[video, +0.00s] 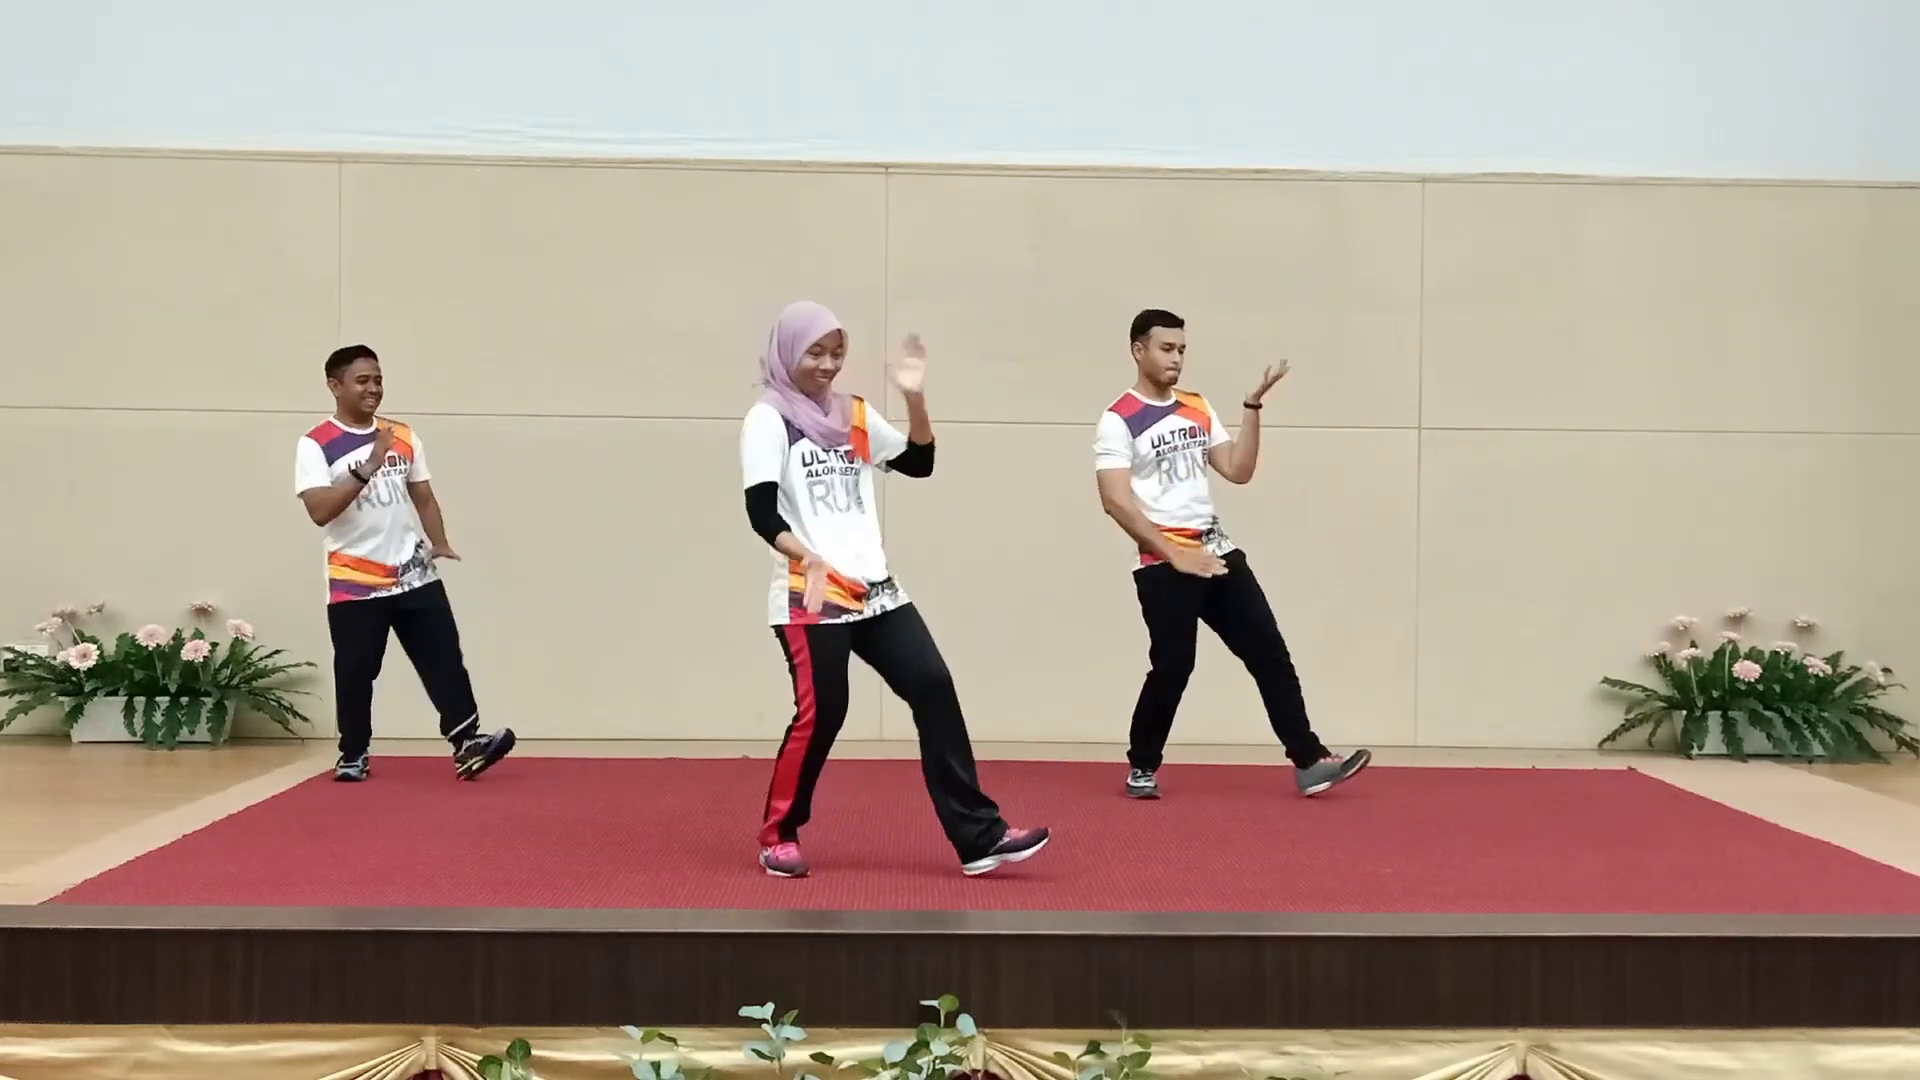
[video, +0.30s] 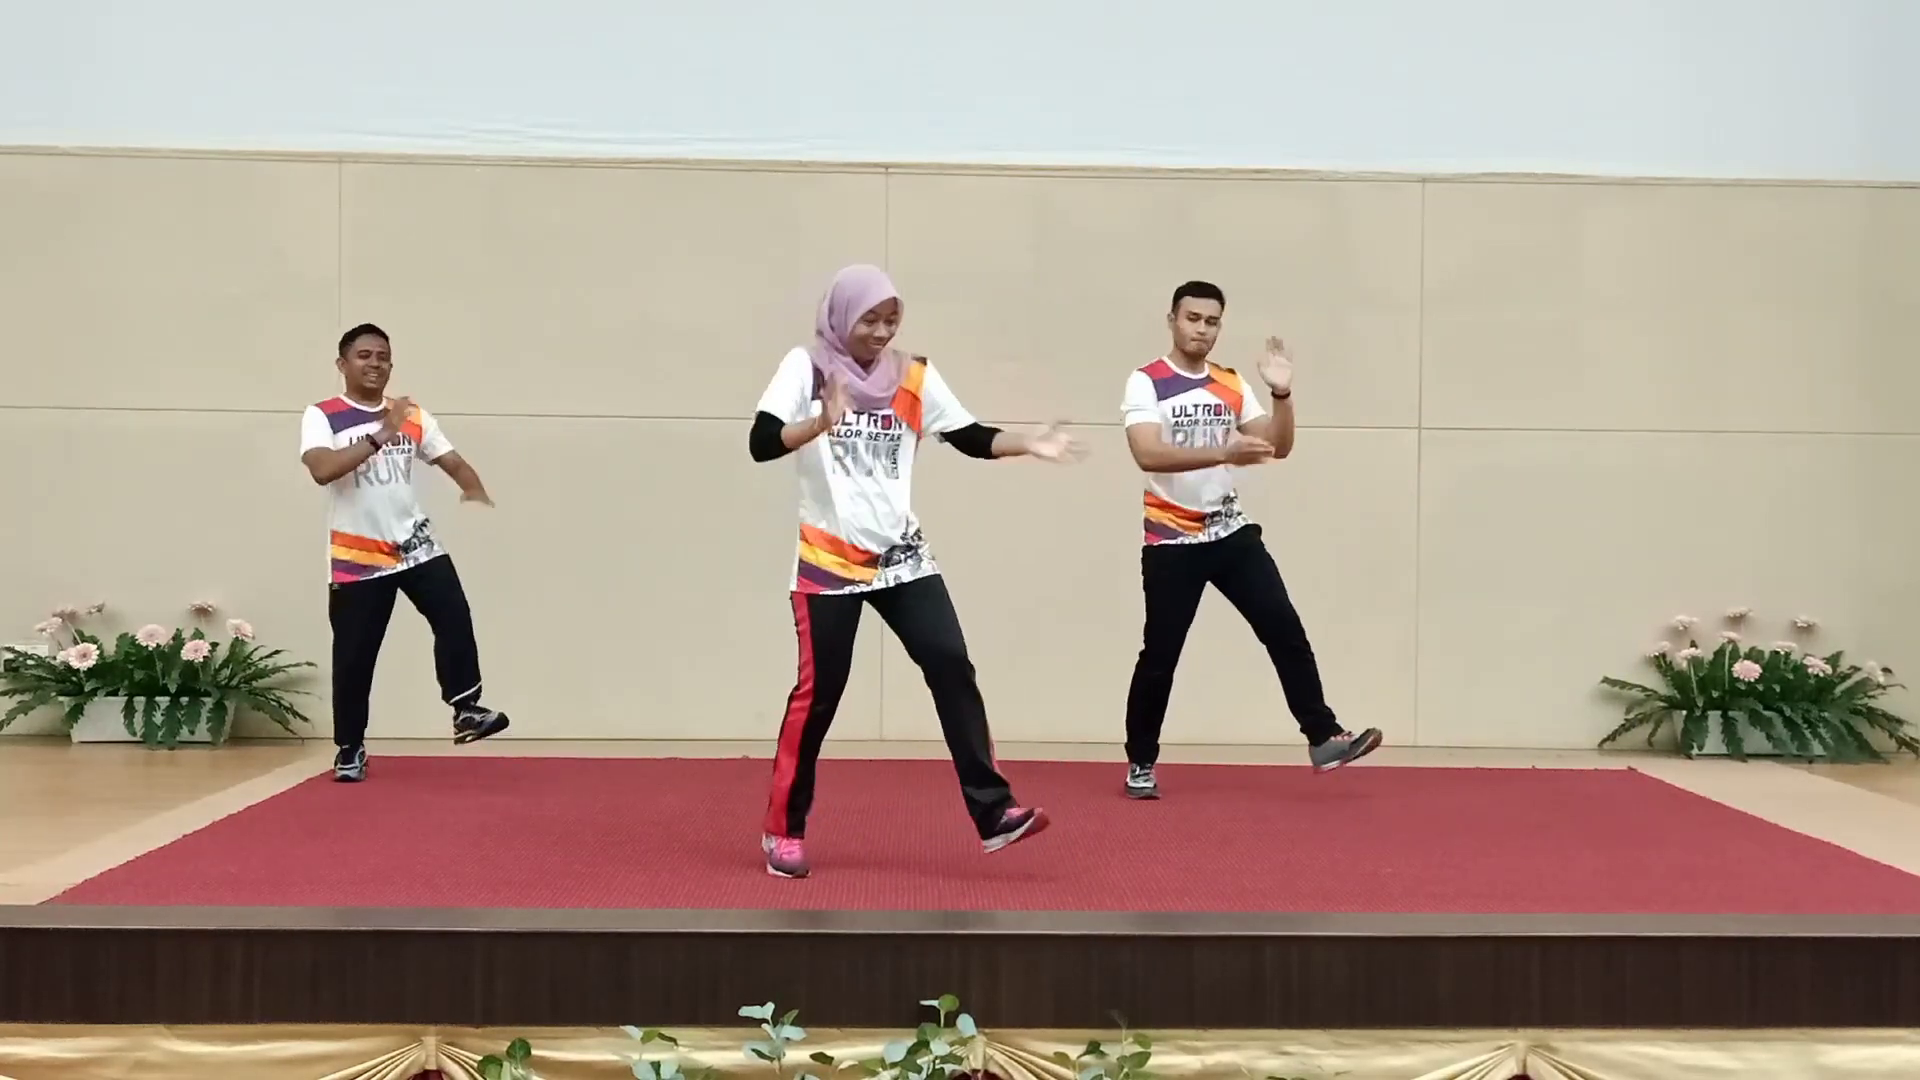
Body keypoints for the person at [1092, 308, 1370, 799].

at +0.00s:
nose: (1176, 358)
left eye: (1181, 350)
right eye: (1166, 349)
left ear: (1184, 354)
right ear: (1138, 350)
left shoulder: (1195, 407)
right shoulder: (1119, 419)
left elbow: (1239, 470)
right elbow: (1116, 500)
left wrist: (1251, 408)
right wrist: (1174, 553)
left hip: (1218, 557)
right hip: (1165, 567)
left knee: (1270, 656)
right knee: (1173, 666)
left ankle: (1310, 763)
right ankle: (1143, 767)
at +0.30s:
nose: (1201, 328)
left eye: (1211, 321)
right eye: (1192, 318)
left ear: (1220, 328)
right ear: (1172, 320)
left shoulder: (1235, 386)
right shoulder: (1145, 384)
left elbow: (1279, 445)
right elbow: (1148, 455)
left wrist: (1280, 394)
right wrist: (1225, 455)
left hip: (1230, 535)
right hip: (1171, 542)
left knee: (1283, 628)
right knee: (1161, 652)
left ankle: (1324, 738)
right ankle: (1141, 762)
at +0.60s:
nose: (1277, 342)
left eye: (1289, 334)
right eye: (1270, 330)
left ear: (1305, 342)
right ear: (1256, 331)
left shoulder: (1320, 402)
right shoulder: (1225, 390)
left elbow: (1345, 465)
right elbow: (1217, 460)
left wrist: (1353, 493)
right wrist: (1263, 406)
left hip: (1296, 552)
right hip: (1231, 552)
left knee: (1328, 660)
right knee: (1197, 657)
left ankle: (1346, 775)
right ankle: (1148, 763)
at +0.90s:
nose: (1340, 328)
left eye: (1353, 322)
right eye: (1334, 317)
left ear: (1372, 332)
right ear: (1323, 321)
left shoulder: (1390, 388)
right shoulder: (1292, 385)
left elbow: (1411, 468)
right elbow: (1278, 461)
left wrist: (1392, 429)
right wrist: (1316, 470)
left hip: (1364, 541)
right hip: (1301, 540)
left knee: (1361, 661)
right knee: (1289, 646)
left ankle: (1352, 774)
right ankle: (1316, 744)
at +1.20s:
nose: (1375, 339)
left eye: (1388, 332)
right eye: (1369, 329)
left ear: (1406, 343)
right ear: (1357, 334)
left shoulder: (1423, 398)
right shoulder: (1326, 400)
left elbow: (1446, 463)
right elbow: (1312, 478)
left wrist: (1414, 407)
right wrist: (1336, 529)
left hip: (1412, 542)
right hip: (1352, 548)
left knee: (1427, 639)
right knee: (1358, 657)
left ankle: (1401, 759)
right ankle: (1383, 764)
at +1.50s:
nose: (1437, 329)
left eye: (1450, 324)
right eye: (1432, 319)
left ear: (1469, 336)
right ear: (1421, 324)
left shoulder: (1482, 395)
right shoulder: (1383, 386)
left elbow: (1499, 467)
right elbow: (1359, 459)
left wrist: (1456, 437)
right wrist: (1382, 476)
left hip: (1460, 542)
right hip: (1395, 544)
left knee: (1494, 651)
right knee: (1388, 659)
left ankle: (1542, 770)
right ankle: (1388, 769)